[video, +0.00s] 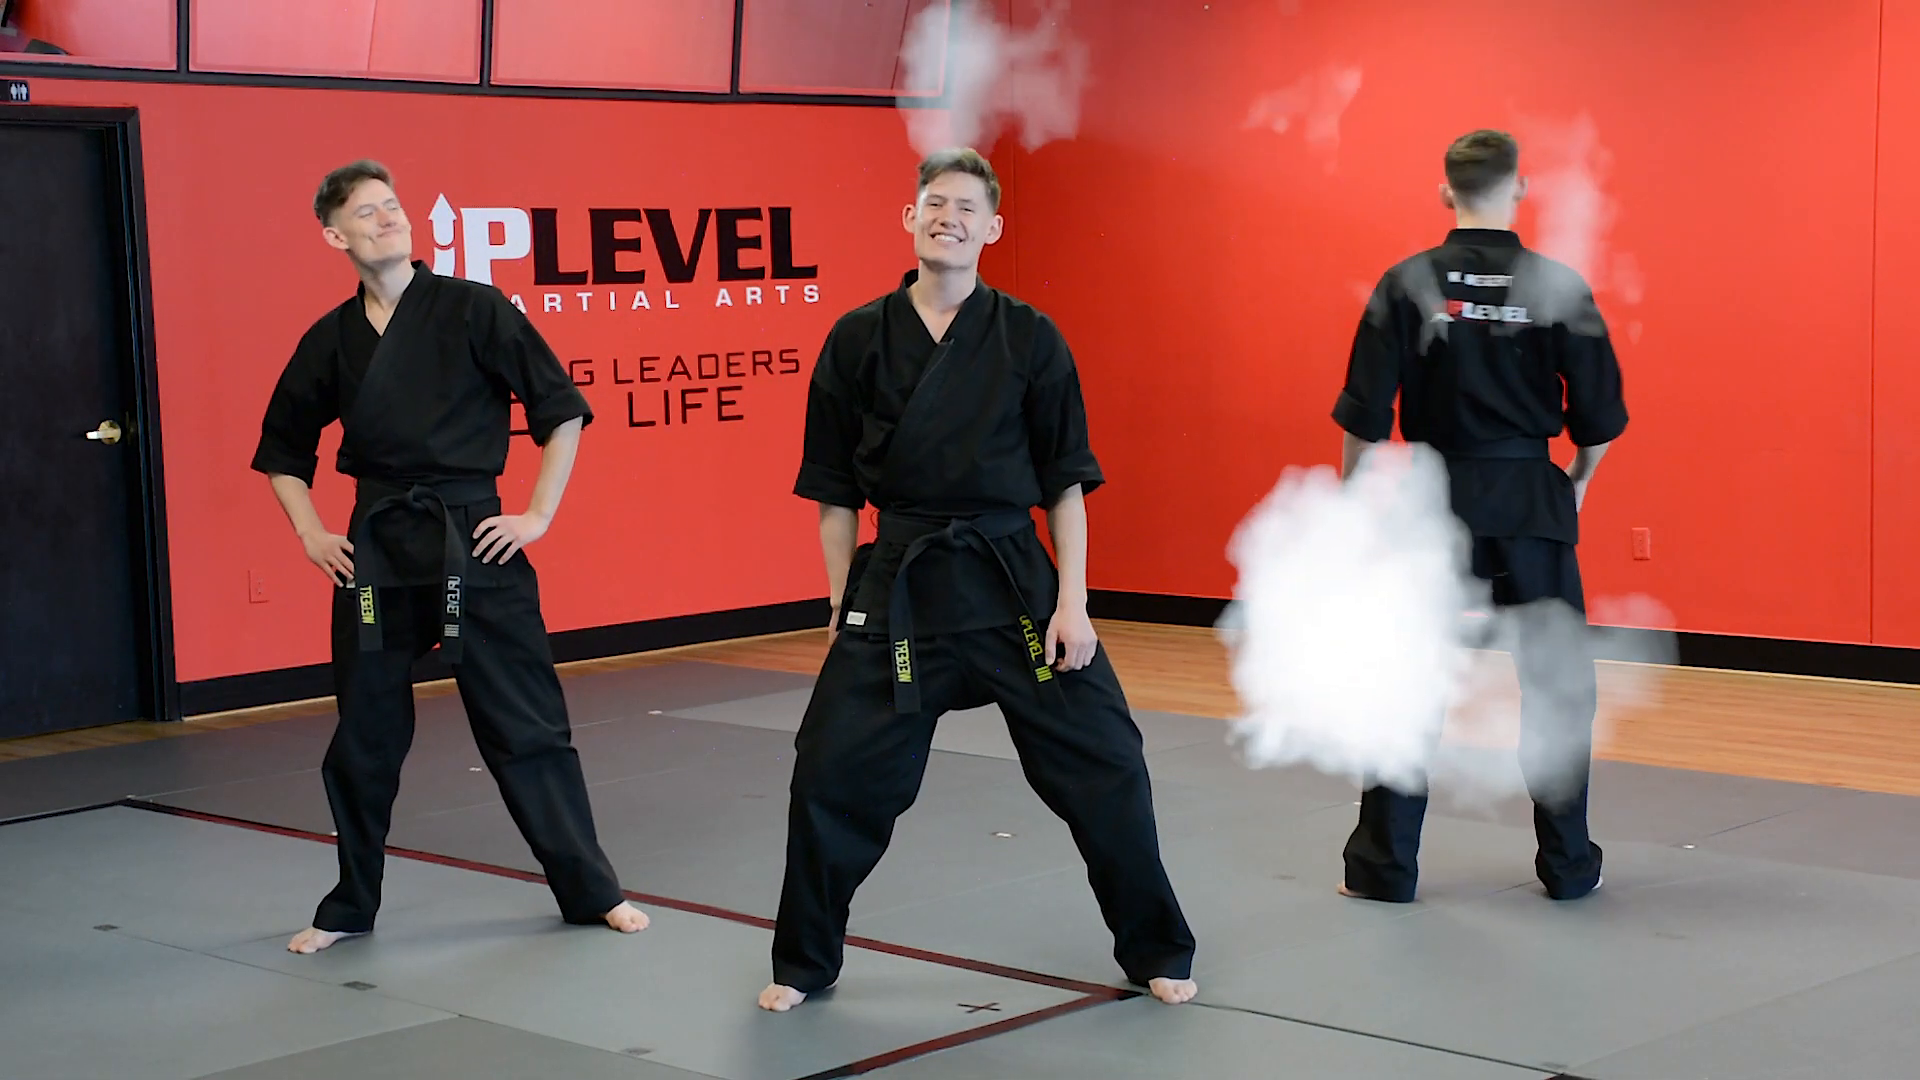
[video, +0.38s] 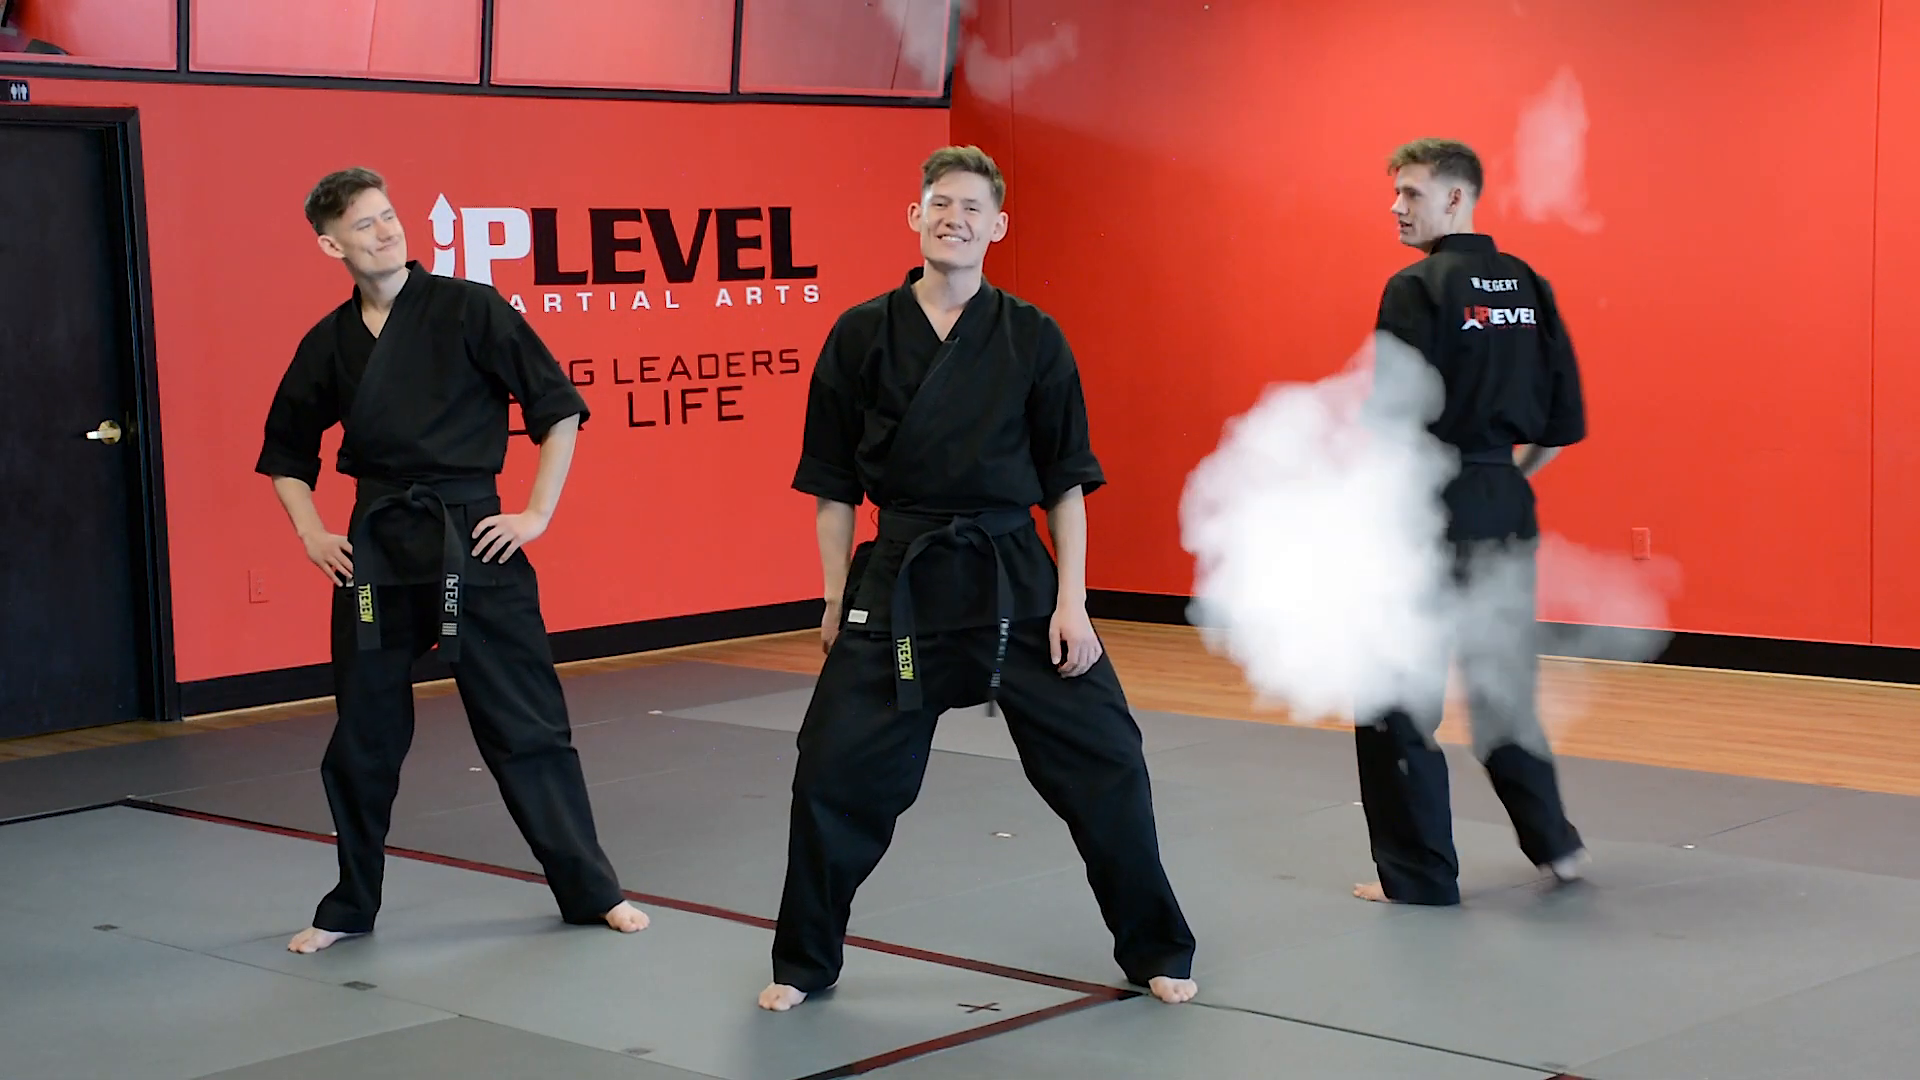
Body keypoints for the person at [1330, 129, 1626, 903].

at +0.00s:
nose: (1488, 200)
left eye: (1456, 189)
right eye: (1511, 187)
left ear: (1446, 192)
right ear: (1518, 190)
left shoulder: (1406, 284)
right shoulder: (1559, 287)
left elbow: (1364, 415)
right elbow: (1599, 414)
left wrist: (1350, 514)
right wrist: (1573, 484)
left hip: (1433, 510)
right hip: (1534, 510)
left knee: (1409, 675)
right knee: (1556, 679)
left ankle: (1386, 865)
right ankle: (1567, 862)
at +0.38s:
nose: (1395, 207)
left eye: (1408, 194)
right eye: (1396, 193)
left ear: (1457, 199)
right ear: (1461, 205)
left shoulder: (1417, 284)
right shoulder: (1528, 283)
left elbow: (1398, 411)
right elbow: (1563, 416)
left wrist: (1361, 484)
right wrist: (1508, 470)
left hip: (1428, 506)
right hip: (1506, 506)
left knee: (1396, 695)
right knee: (1501, 689)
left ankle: (1420, 876)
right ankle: (1557, 847)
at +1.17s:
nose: (1393, 209)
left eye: (1409, 195)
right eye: (1383, 196)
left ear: (1444, 200)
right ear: (1373, 204)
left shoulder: (1472, 282)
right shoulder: (1402, 294)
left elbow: (1513, 406)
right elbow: (1411, 416)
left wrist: (1452, 493)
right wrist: (1361, 472)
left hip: (1463, 512)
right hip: (1413, 509)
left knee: (1457, 690)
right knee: (1414, 687)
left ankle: (1472, 870)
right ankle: (1451, 844)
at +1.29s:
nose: (1390, 213)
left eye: (1405, 199)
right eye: (1380, 200)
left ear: (1439, 203)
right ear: (1370, 206)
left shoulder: (1475, 284)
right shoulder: (1397, 293)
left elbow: (1513, 407)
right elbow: (1416, 416)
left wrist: (1442, 484)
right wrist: (1364, 461)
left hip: (1466, 522)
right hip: (1417, 519)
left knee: (1456, 692)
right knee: (1413, 687)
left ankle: (1472, 871)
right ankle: (1450, 843)